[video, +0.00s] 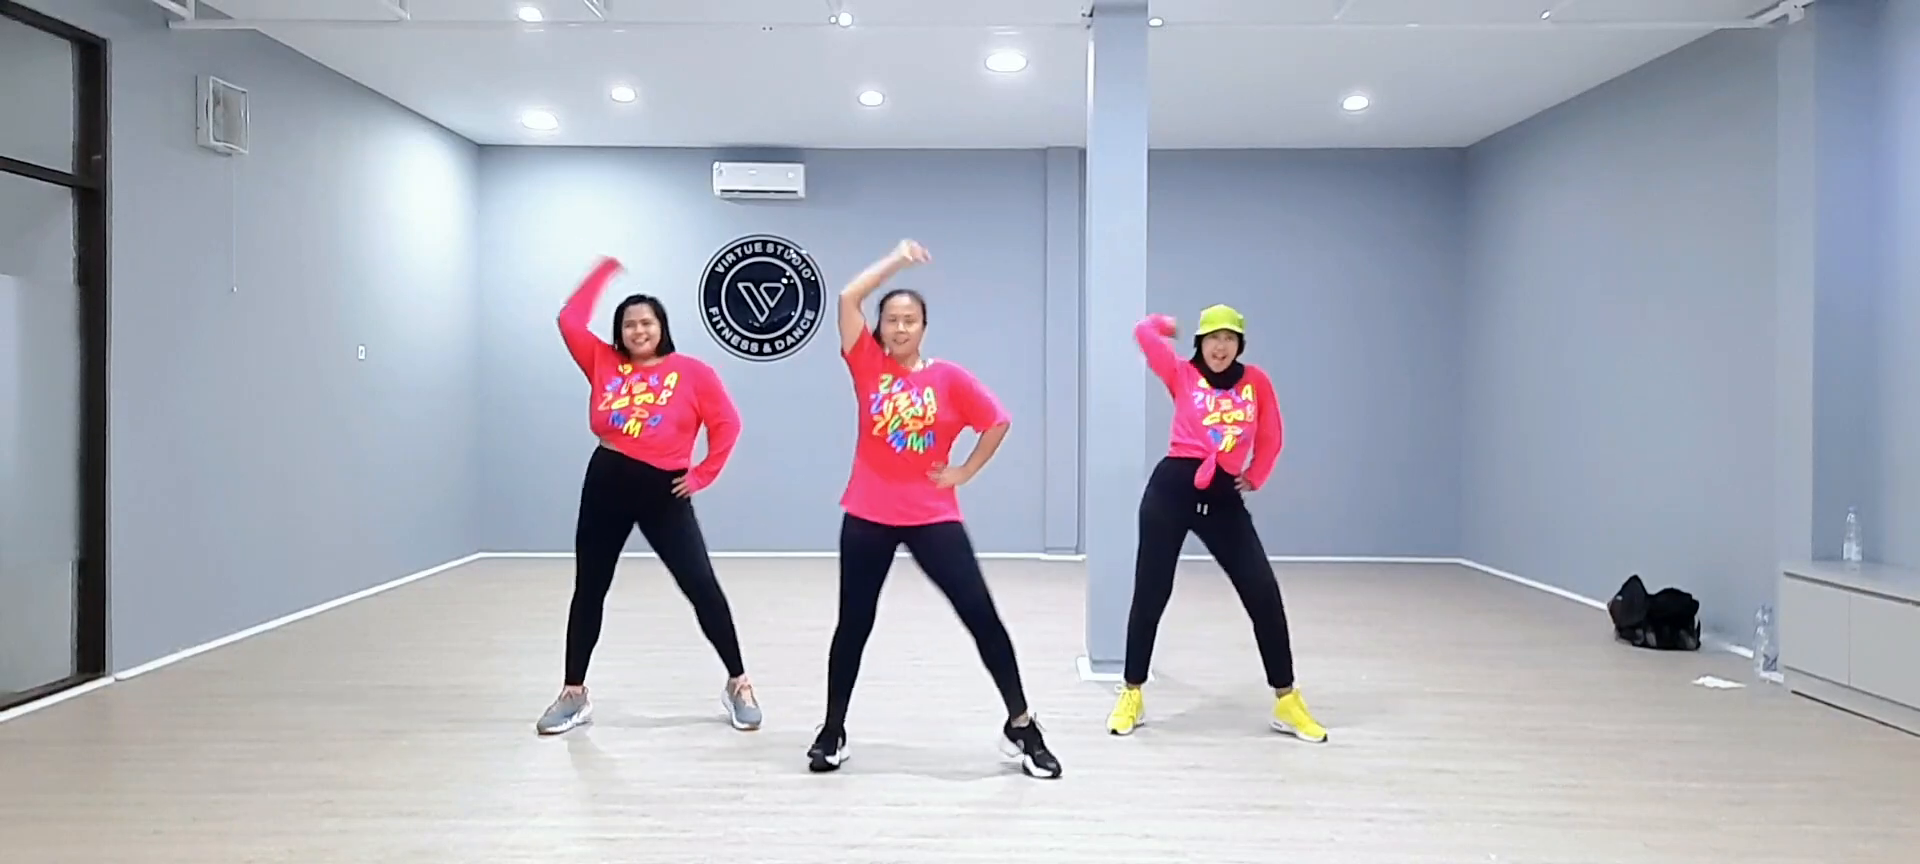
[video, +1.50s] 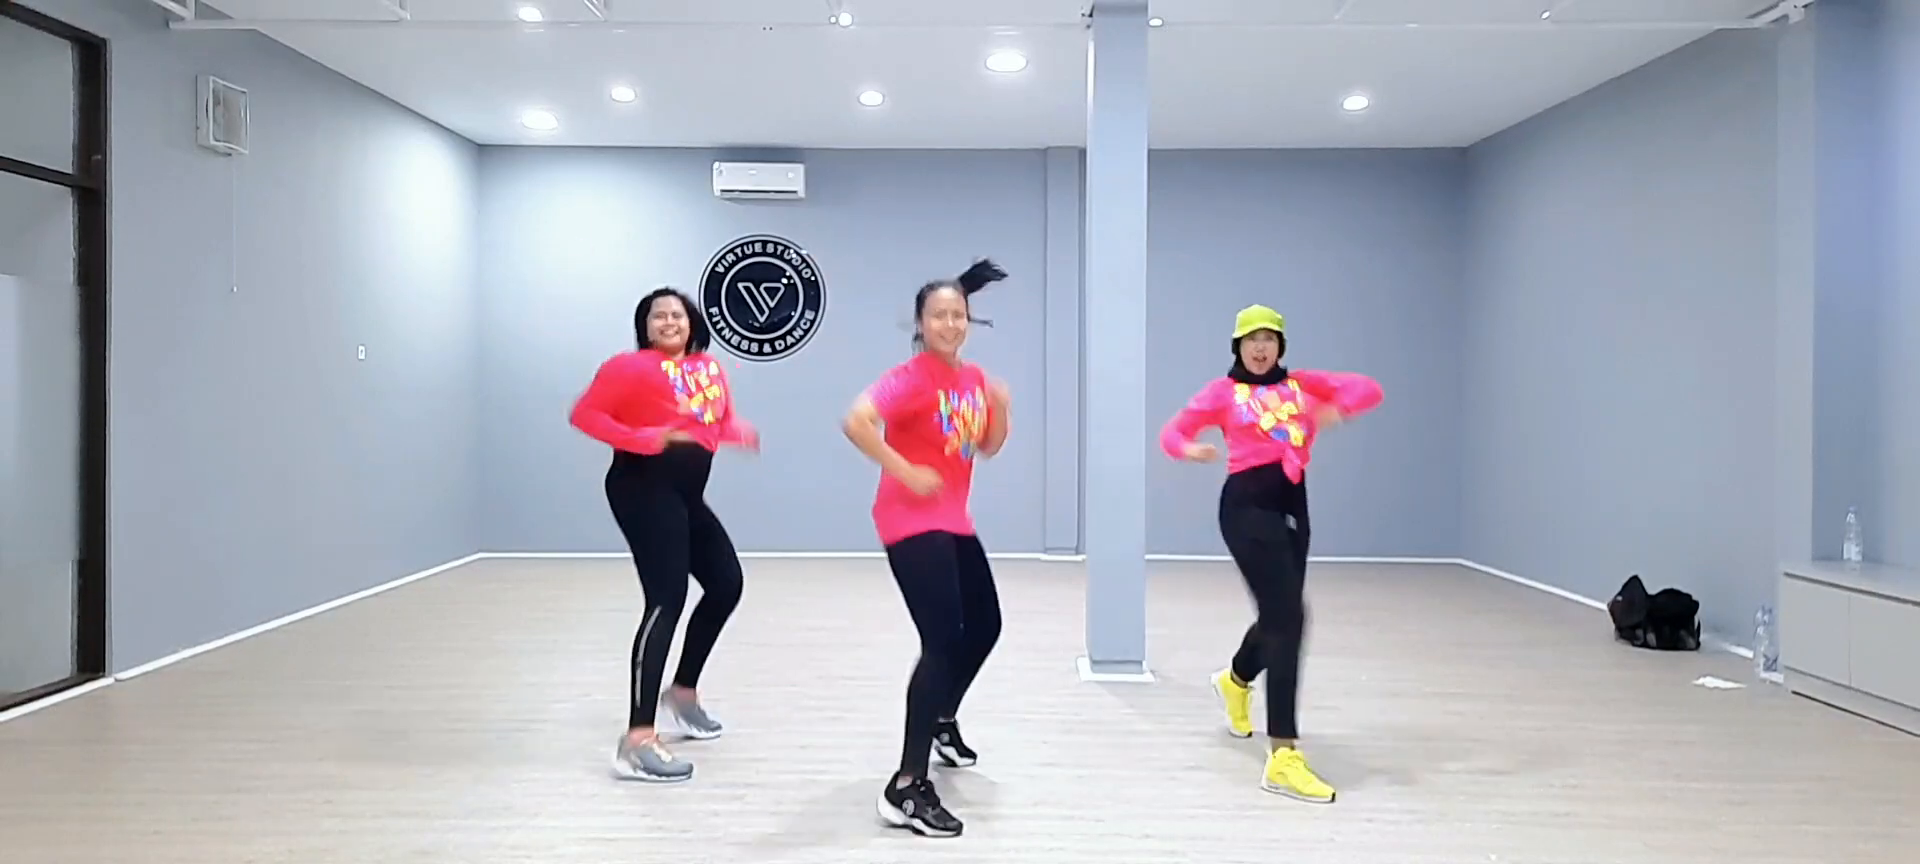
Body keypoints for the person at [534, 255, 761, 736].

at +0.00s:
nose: (638, 329)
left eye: (646, 322)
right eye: (629, 324)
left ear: (662, 329)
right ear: (619, 332)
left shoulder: (691, 372)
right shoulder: (604, 364)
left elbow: (728, 425)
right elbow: (570, 321)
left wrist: (703, 474)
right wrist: (600, 273)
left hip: (663, 489)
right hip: (606, 482)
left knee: (702, 585)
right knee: (589, 588)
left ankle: (739, 684)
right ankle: (573, 691)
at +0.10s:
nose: (649, 320)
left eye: (658, 313)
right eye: (640, 314)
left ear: (673, 320)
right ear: (629, 323)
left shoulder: (698, 364)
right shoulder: (609, 358)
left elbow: (744, 407)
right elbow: (559, 324)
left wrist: (722, 458)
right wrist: (550, 260)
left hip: (684, 480)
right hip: (627, 477)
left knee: (715, 578)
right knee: (598, 581)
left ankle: (746, 681)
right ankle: (571, 685)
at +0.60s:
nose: (641, 325)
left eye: (650, 318)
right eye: (633, 320)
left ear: (667, 327)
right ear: (624, 331)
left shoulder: (694, 369)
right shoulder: (608, 360)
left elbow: (737, 413)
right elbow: (557, 341)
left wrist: (704, 466)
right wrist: (596, 296)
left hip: (671, 482)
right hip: (616, 479)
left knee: (704, 580)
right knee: (591, 582)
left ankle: (743, 682)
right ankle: (580, 680)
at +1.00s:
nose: (655, 312)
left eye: (664, 307)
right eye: (647, 306)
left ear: (679, 317)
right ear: (633, 316)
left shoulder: (704, 355)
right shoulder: (616, 359)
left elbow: (734, 397)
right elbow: (585, 414)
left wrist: (741, 451)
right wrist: (605, 370)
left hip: (693, 470)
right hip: (636, 471)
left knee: (703, 575)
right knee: (613, 571)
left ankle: (705, 679)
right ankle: (626, 667)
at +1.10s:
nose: (668, 325)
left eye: (677, 319)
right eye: (660, 319)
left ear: (691, 329)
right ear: (647, 328)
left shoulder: (715, 376)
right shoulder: (625, 378)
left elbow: (736, 430)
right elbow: (597, 432)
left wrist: (751, 472)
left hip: (704, 491)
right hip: (648, 490)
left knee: (704, 593)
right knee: (639, 593)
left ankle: (699, 691)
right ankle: (638, 671)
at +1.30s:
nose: (679, 320)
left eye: (687, 314)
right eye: (671, 315)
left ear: (700, 324)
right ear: (657, 325)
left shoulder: (721, 373)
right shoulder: (632, 368)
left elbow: (752, 428)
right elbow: (582, 408)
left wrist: (731, 402)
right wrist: (610, 464)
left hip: (709, 481)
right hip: (651, 477)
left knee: (711, 584)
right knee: (678, 569)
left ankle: (704, 687)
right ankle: (646, 682)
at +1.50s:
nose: (668, 321)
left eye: (677, 314)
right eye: (658, 315)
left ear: (692, 324)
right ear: (644, 326)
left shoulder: (708, 368)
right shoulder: (627, 367)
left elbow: (717, 424)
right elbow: (584, 415)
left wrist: (741, 433)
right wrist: (642, 437)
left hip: (685, 492)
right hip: (642, 491)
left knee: (725, 584)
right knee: (667, 597)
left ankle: (682, 693)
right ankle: (639, 736)